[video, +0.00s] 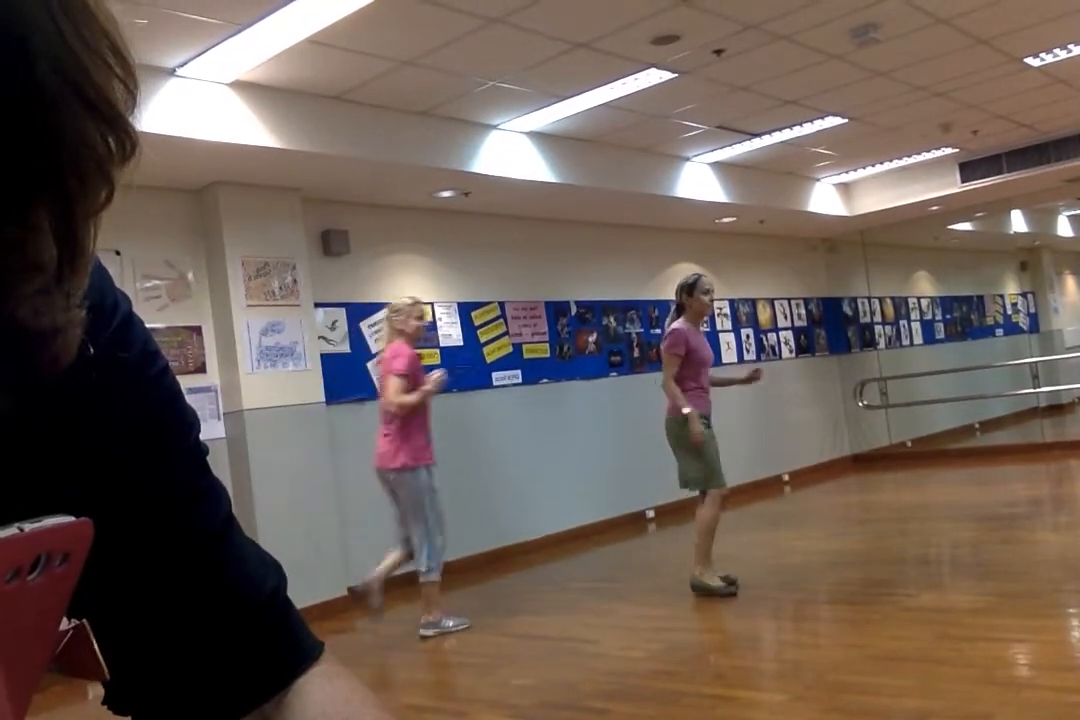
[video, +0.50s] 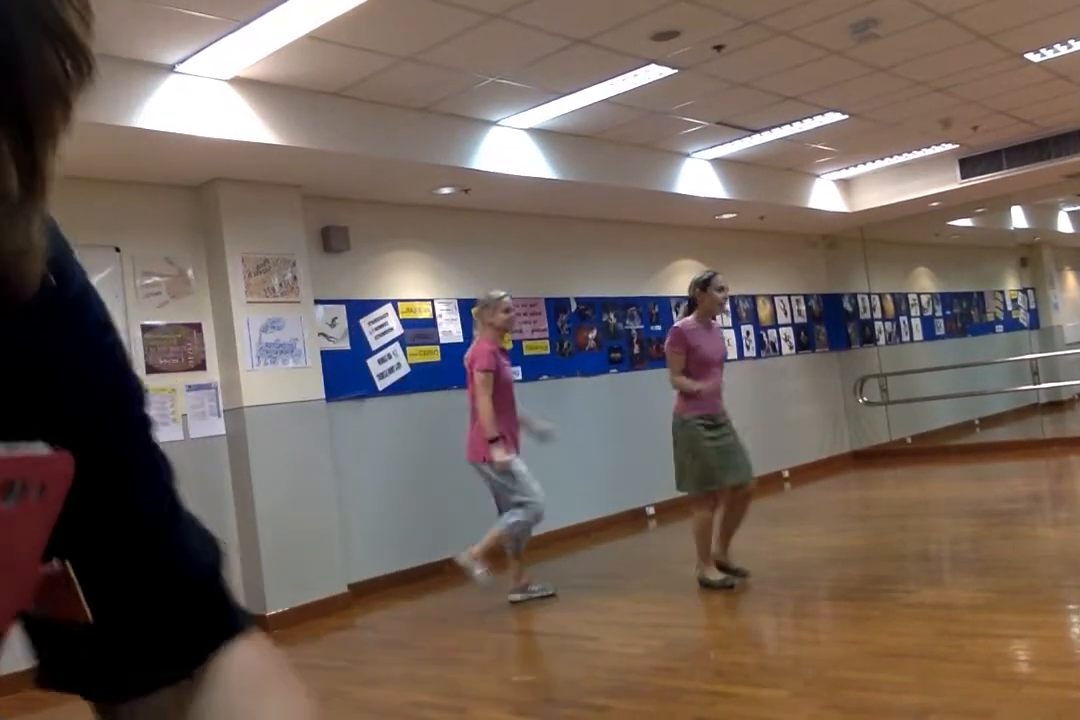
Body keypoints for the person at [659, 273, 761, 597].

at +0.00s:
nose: (711, 300)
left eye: (712, 295)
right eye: (705, 294)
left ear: (705, 300)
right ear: (687, 298)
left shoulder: (697, 332)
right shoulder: (679, 333)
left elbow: (702, 379)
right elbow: (668, 381)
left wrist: (741, 380)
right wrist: (689, 415)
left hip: (699, 418)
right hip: (687, 419)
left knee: (711, 493)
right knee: (714, 491)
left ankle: (705, 570)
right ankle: (701, 572)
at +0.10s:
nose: (711, 300)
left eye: (712, 295)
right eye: (706, 294)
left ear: (706, 300)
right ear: (687, 298)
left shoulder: (700, 333)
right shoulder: (677, 333)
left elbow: (711, 377)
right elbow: (658, 379)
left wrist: (749, 374)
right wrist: (674, 416)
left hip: (699, 420)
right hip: (687, 421)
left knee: (706, 495)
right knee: (721, 488)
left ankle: (705, 567)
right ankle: (705, 566)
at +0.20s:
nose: (712, 299)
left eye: (712, 294)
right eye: (706, 293)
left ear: (705, 298)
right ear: (687, 297)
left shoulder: (702, 334)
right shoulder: (675, 332)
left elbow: (716, 375)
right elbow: (653, 375)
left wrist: (758, 379)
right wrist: (669, 413)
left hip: (703, 421)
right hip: (687, 421)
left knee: (702, 497)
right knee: (719, 489)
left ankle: (703, 567)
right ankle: (704, 567)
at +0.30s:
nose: (712, 299)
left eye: (713, 294)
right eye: (707, 293)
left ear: (709, 299)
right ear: (688, 297)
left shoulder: (705, 334)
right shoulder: (675, 333)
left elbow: (717, 377)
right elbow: (654, 374)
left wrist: (755, 395)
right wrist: (671, 413)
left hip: (709, 422)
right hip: (690, 423)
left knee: (711, 496)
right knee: (710, 495)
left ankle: (705, 568)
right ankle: (703, 569)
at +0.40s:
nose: (720, 295)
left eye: (720, 290)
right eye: (713, 290)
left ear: (712, 296)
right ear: (694, 293)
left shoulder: (710, 330)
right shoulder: (675, 330)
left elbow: (715, 378)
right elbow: (665, 376)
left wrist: (738, 413)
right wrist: (681, 409)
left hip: (714, 416)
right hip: (692, 417)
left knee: (722, 493)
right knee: (706, 495)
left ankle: (708, 563)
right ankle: (704, 566)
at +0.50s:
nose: (726, 295)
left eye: (726, 290)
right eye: (720, 290)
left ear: (714, 297)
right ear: (700, 294)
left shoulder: (716, 329)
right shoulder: (680, 331)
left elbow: (713, 373)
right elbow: (674, 377)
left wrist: (720, 408)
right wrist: (695, 386)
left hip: (718, 417)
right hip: (692, 421)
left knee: (742, 486)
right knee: (704, 496)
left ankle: (721, 555)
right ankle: (704, 568)